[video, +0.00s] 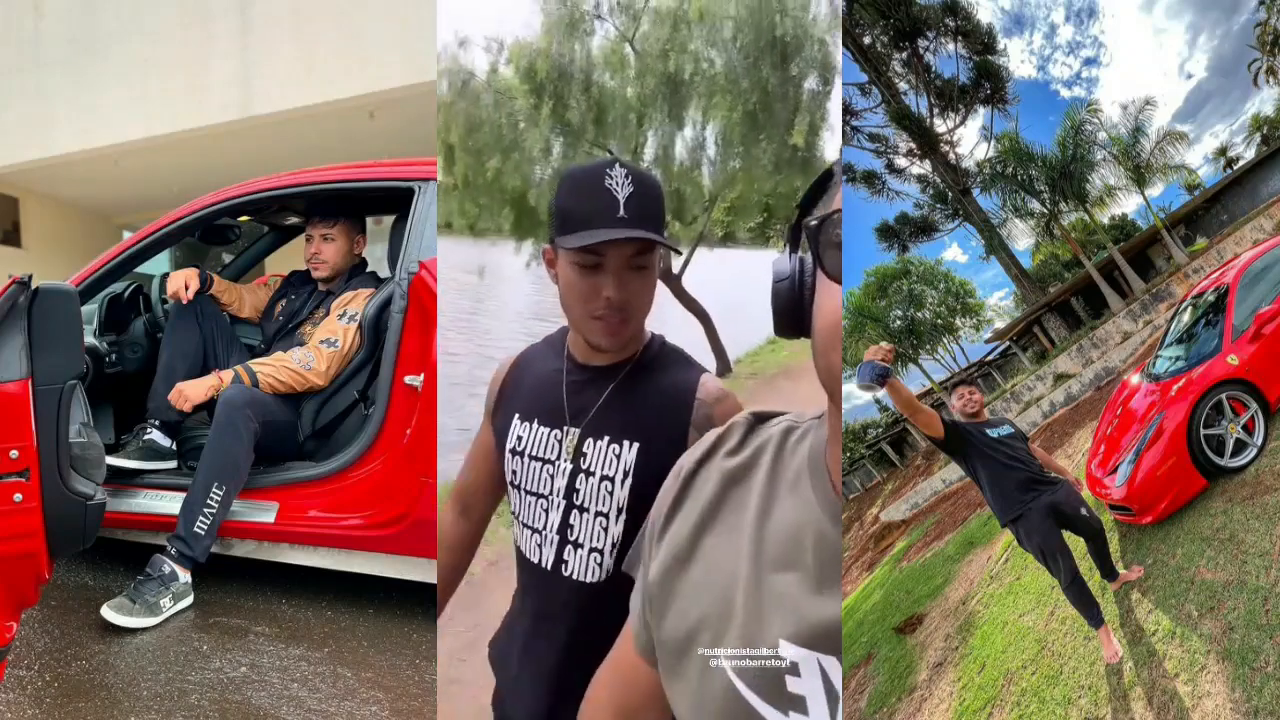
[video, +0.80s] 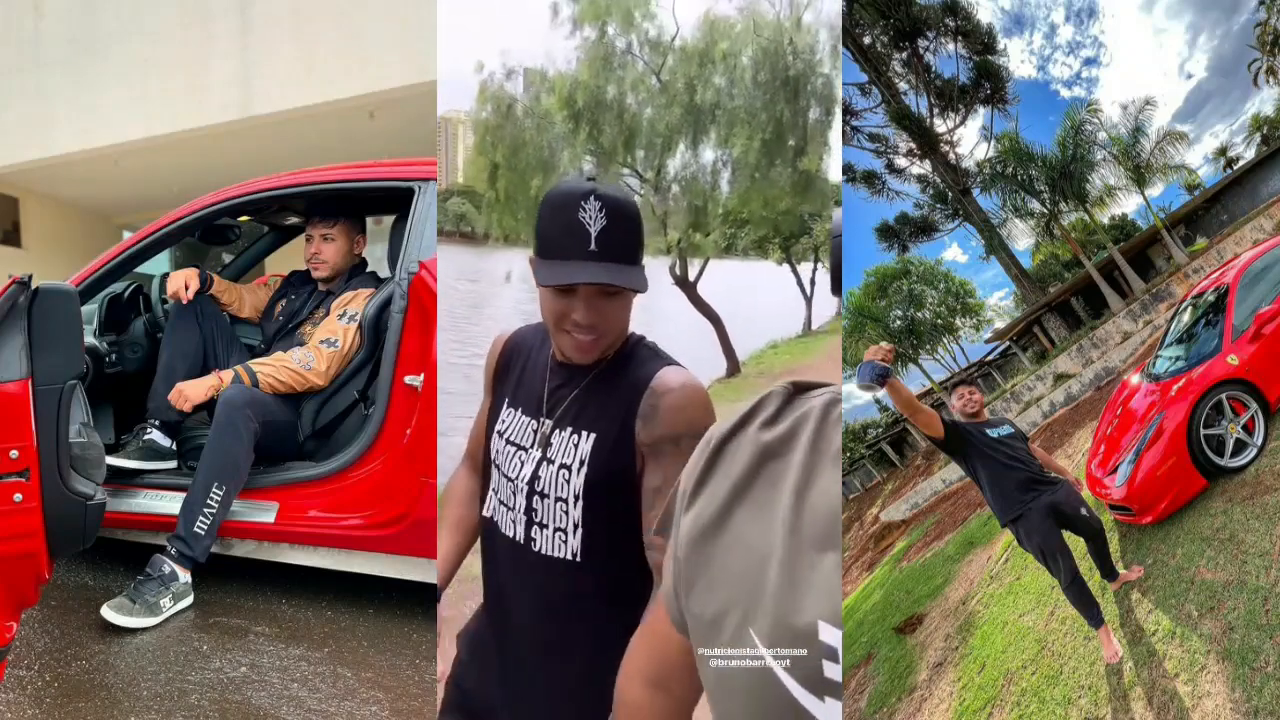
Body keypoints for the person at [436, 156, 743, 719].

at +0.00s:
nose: (613, 292)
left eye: (636, 267)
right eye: (591, 265)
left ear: (658, 270)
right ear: (552, 265)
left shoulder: (702, 408)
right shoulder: (521, 378)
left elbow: (725, 571)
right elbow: (463, 513)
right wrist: (406, 626)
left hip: (631, 691)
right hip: (525, 672)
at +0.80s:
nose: (584, 314)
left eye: (607, 292)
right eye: (564, 289)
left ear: (636, 286)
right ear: (536, 278)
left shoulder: (668, 399)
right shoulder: (513, 355)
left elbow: (675, 572)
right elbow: (475, 471)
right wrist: (430, 583)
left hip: (598, 687)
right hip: (493, 661)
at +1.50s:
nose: (635, 292)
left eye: (658, 265)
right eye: (611, 264)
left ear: (676, 267)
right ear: (572, 264)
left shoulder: (718, 401)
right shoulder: (522, 366)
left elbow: (723, 583)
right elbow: (468, 499)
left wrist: (593, 678)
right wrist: (480, 605)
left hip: (659, 698)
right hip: (536, 683)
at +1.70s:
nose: (627, 269)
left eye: (652, 243)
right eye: (605, 242)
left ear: (678, 242)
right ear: (570, 237)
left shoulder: (717, 379)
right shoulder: (528, 332)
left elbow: (737, 550)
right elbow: (469, 462)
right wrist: (478, 555)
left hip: (639, 684)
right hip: (530, 667)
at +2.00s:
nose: (585, 289)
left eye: (608, 264)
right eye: (564, 266)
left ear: (640, 257)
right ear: (539, 264)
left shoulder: (682, 386)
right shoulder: (515, 342)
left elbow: (677, 561)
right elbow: (462, 454)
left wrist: (615, 706)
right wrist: (444, 512)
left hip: (604, 690)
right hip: (500, 670)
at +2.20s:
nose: (538, 304)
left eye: (558, 277)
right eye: (514, 280)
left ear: (588, 273)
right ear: (489, 281)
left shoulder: (633, 400)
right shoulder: (463, 364)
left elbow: (634, 580)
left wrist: (581, 709)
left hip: (564, 697)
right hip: (464, 684)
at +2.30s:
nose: (501, 314)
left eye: (521, 284)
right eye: (476, 291)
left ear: (549, 281)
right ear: (451, 293)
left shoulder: (598, 402)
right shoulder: (438, 374)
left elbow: (611, 576)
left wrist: (590, 707)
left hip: (552, 696)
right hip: (459, 685)